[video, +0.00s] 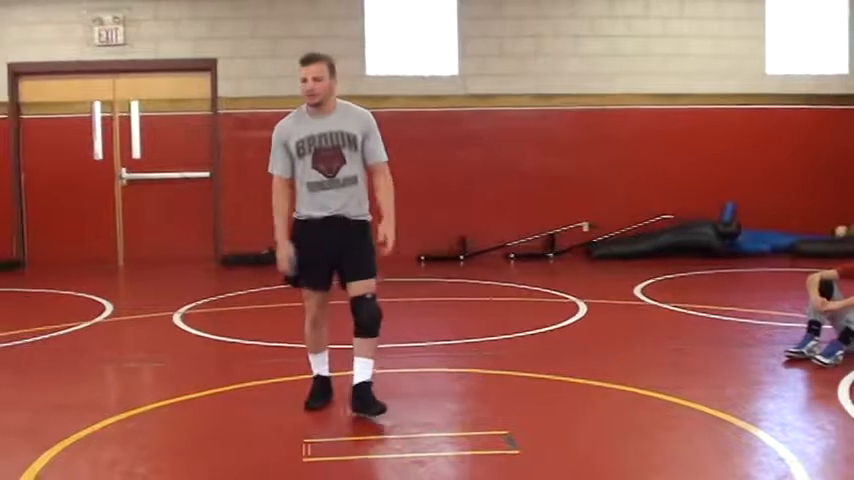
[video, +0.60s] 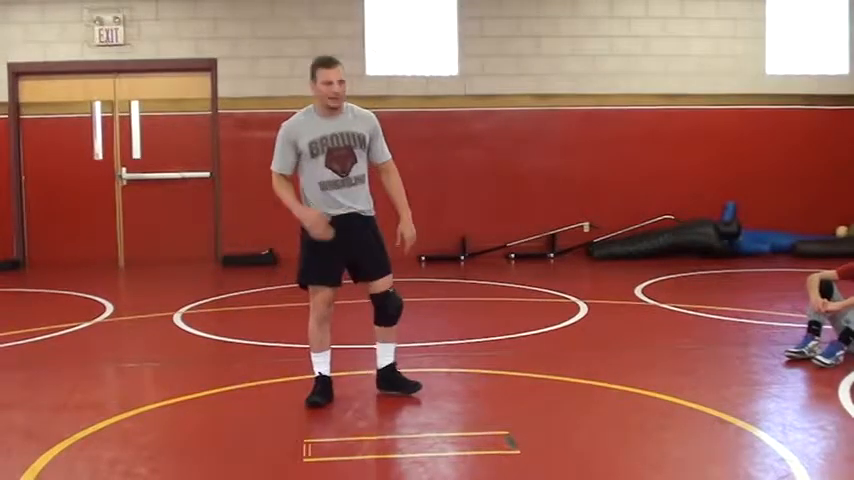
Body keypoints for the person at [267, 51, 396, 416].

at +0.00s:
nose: (310, 86)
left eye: (317, 79)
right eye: (304, 80)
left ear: (333, 82)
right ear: (299, 84)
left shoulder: (361, 120)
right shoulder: (286, 130)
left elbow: (380, 173)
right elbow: (281, 186)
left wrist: (388, 220)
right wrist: (282, 240)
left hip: (355, 226)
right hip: (310, 228)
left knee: (366, 311)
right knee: (314, 309)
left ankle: (362, 388)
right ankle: (321, 380)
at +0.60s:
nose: (335, 89)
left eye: (340, 82)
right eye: (327, 83)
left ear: (347, 84)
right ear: (313, 87)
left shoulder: (367, 121)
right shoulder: (293, 129)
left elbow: (387, 170)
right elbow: (279, 179)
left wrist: (406, 216)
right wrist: (303, 213)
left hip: (362, 222)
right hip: (321, 225)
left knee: (387, 300)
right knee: (321, 304)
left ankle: (387, 372)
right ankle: (322, 380)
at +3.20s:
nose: (563, 84)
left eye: (571, 77)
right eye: (557, 76)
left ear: (585, 83)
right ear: (549, 79)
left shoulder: (597, 133)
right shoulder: (521, 116)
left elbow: (615, 187)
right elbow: (489, 161)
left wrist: (640, 233)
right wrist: (470, 208)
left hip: (563, 229)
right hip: (518, 226)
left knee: (565, 317)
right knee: (527, 318)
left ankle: (553, 398)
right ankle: (524, 398)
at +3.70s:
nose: (565, 83)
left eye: (574, 77)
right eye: (559, 76)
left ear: (585, 82)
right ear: (549, 79)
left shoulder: (596, 136)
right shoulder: (519, 115)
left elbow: (591, 197)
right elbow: (493, 164)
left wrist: (553, 238)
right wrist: (475, 215)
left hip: (554, 230)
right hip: (507, 223)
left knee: (557, 321)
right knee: (492, 311)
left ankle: (551, 398)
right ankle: (478, 393)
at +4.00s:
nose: (522, 91)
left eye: (531, 84)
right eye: (518, 83)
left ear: (549, 86)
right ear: (511, 83)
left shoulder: (569, 134)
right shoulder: (487, 122)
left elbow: (576, 194)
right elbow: (462, 173)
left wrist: (560, 245)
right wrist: (450, 225)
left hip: (540, 237)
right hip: (488, 234)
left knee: (548, 323)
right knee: (472, 321)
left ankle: (550, 399)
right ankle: (455, 408)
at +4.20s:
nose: (474, 91)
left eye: (482, 84)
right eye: (469, 84)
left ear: (504, 85)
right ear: (465, 84)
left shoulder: (532, 127)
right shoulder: (450, 129)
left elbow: (552, 183)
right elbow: (433, 186)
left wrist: (562, 240)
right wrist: (436, 242)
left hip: (513, 240)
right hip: (463, 239)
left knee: (540, 323)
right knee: (455, 329)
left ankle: (547, 400)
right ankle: (450, 418)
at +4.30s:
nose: (453, 89)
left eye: (461, 81)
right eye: (450, 81)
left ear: (485, 82)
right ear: (448, 81)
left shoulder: (516, 123)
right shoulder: (433, 130)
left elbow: (539, 179)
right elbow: (420, 188)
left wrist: (552, 232)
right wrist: (436, 242)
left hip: (505, 238)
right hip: (454, 240)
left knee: (537, 322)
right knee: (451, 328)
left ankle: (541, 396)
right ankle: (450, 418)